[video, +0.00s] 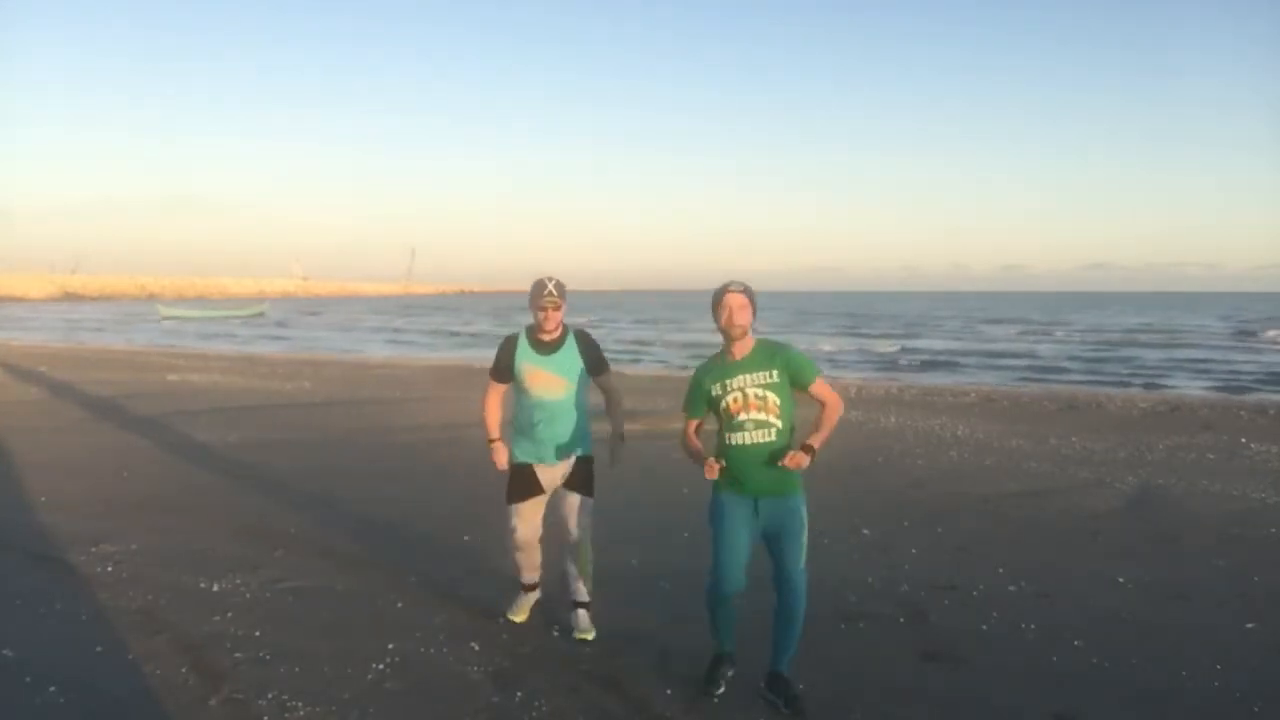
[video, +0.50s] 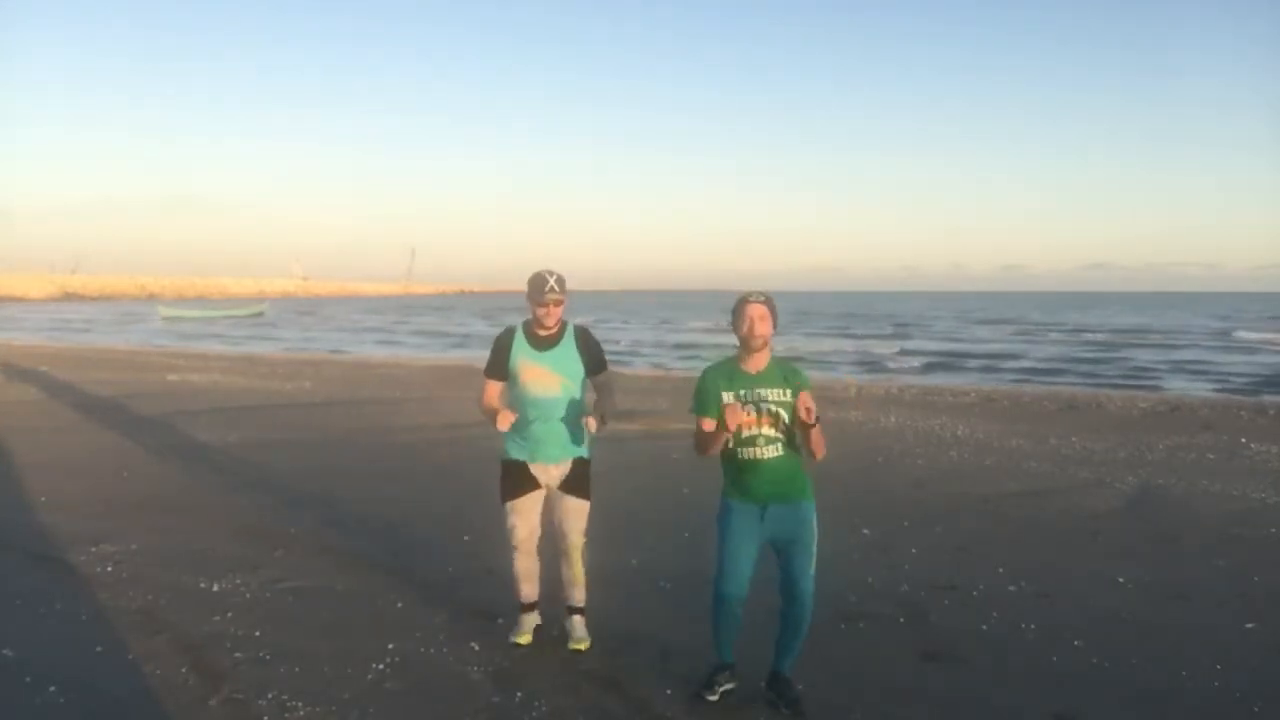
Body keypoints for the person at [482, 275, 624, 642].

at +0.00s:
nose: (548, 315)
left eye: (555, 308)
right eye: (542, 308)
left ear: (564, 308)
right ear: (532, 309)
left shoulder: (582, 343)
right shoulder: (513, 348)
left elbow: (610, 389)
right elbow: (493, 395)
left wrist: (617, 431)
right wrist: (494, 439)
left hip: (574, 454)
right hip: (527, 456)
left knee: (576, 532)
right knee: (523, 532)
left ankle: (581, 609)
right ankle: (529, 591)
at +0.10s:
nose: (551, 306)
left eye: (557, 299)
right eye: (544, 300)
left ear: (566, 300)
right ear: (533, 301)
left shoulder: (583, 334)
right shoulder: (514, 337)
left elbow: (609, 378)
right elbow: (492, 386)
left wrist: (617, 413)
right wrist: (495, 419)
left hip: (573, 449)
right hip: (526, 450)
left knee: (572, 530)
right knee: (529, 531)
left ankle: (579, 606)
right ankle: (542, 602)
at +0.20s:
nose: (551, 306)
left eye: (557, 299)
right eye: (544, 299)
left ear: (566, 299)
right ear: (532, 300)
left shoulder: (582, 334)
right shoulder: (512, 336)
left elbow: (609, 375)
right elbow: (491, 385)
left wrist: (615, 399)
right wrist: (495, 403)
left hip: (573, 448)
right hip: (525, 450)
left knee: (575, 530)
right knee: (533, 533)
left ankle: (579, 607)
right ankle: (543, 609)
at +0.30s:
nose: (550, 311)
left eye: (556, 304)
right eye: (543, 304)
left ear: (565, 305)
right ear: (531, 304)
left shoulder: (581, 340)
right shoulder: (511, 343)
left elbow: (610, 383)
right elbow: (487, 392)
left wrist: (613, 402)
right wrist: (492, 405)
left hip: (574, 455)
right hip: (525, 457)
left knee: (572, 539)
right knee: (534, 540)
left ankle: (575, 615)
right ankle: (544, 611)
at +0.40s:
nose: (550, 309)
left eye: (556, 302)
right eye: (543, 302)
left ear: (566, 303)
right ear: (531, 303)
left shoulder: (582, 340)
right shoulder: (511, 341)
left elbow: (610, 385)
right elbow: (488, 393)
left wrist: (610, 404)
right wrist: (494, 405)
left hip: (574, 455)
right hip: (525, 457)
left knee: (574, 538)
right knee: (531, 539)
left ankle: (576, 614)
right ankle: (543, 609)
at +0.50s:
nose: (549, 310)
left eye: (556, 303)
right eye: (542, 303)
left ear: (565, 303)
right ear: (529, 303)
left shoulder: (581, 340)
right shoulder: (509, 341)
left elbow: (606, 391)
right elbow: (489, 397)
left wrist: (599, 416)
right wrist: (497, 412)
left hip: (573, 456)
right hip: (521, 457)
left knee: (572, 540)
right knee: (522, 540)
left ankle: (576, 616)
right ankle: (528, 614)